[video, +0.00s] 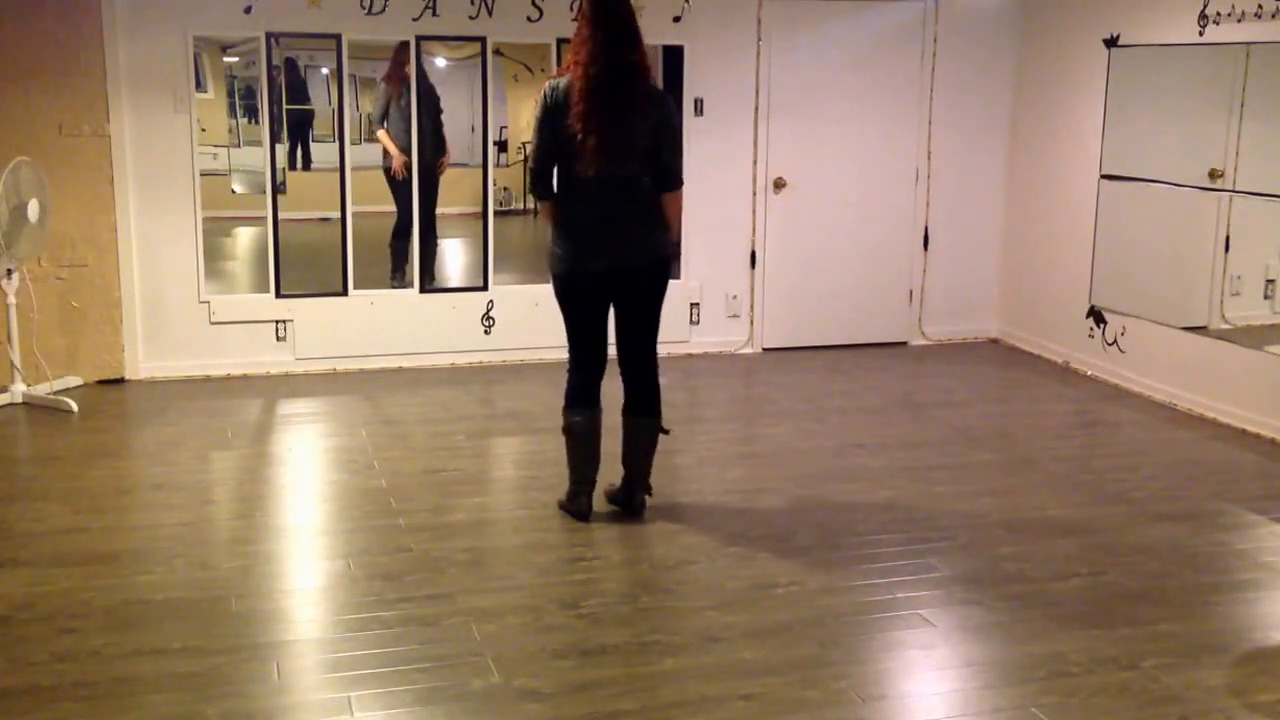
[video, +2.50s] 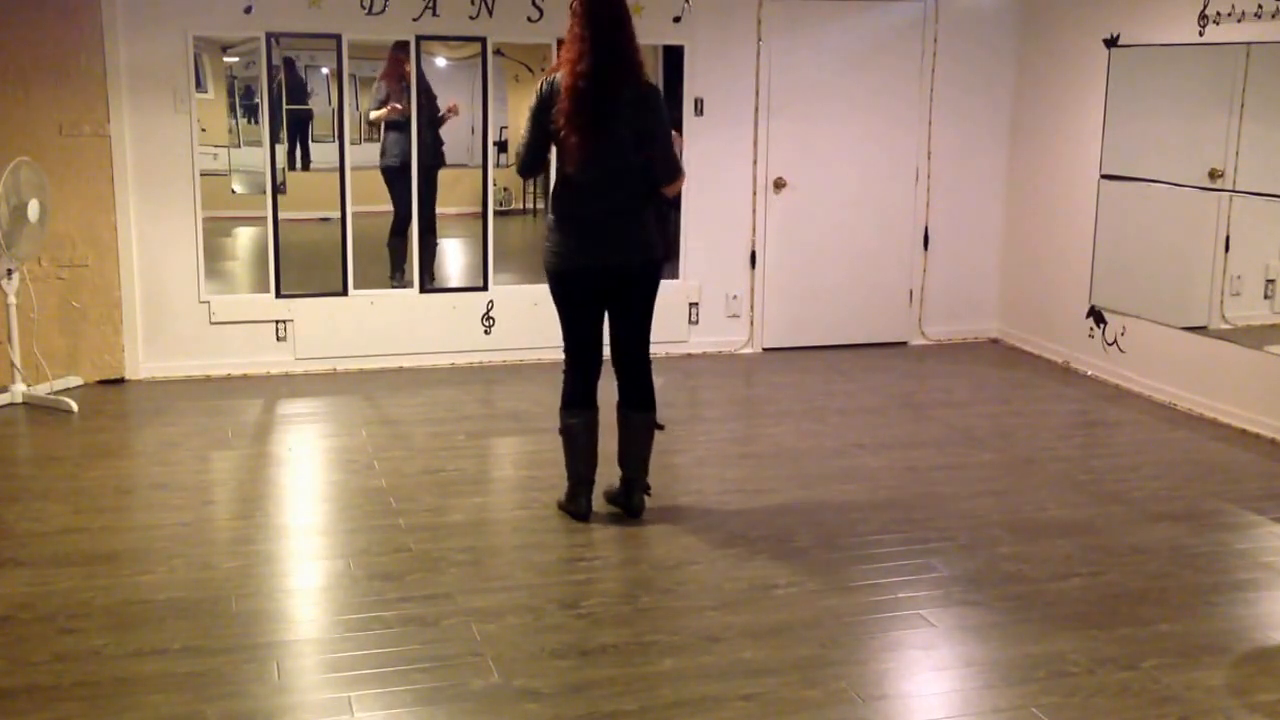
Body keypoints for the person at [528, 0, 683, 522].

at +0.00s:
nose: (576, 34)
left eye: (579, 26)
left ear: (580, 36)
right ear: (632, 38)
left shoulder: (558, 94)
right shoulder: (654, 98)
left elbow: (539, 178)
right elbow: (668, 182)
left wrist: (562, 227)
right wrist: (673, 240)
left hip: (578, 254)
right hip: (642, 253)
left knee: (584, 362)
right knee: (640, 363)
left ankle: (580, 491)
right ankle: (634, 487)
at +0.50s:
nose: (562, 38)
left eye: (566, 30)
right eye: (565, 28)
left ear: (576, 36)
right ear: (623, 34)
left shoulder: (562, 96)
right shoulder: (652, 96)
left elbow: (542, 176)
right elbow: (668, 176)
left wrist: (530, 224)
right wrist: (644, 225)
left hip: (561, 250)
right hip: (624, 251)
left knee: (572, 367)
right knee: (613, 360)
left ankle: (578, 492)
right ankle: (631, 482)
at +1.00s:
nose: (563, 40)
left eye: (567, 33)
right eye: (568, 31)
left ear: (574, 39)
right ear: (623, 37)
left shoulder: (569, 97)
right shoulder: (648, 95)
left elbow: (556, 178)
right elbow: (669, 170)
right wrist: (635, 201)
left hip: (569, 249)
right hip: (627, 250)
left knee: (577, 365)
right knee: (606, 358)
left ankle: (578, 493)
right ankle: (629, 482)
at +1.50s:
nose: (561, 43)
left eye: (565, 34)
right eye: (565, 33)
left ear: (575, 40)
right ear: (624, 35)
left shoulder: (568, 98)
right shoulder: (649, 90)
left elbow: (540, 179)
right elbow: (681, 155)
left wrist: (546, 153)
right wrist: (643, 183)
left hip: (585, 253)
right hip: (641, 252)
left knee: (584, 366)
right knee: (628, 358)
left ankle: (579, 492)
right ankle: (631, 483)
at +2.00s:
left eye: (572, 26)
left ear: (571, 35)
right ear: (624, 34)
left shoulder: (554, 95)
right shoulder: (649, 93)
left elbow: (528, 169)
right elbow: (678, 172)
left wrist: (563, 151)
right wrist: (641, 156)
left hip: (583, 256)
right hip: (647, 254)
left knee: (581, 364)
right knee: (639, 362)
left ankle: (579, 492)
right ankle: (632, 486)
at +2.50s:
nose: (570, 32)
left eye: (574, 24)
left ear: (574, 33)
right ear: (625, 34)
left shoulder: (554, 90)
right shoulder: (644, 94)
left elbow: (528, 165)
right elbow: (669, 179)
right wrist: (667, 164)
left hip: (571, 253)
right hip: (634, 254)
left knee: (580, 362)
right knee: (633, 362)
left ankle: (579, 492)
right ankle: (633, 487)